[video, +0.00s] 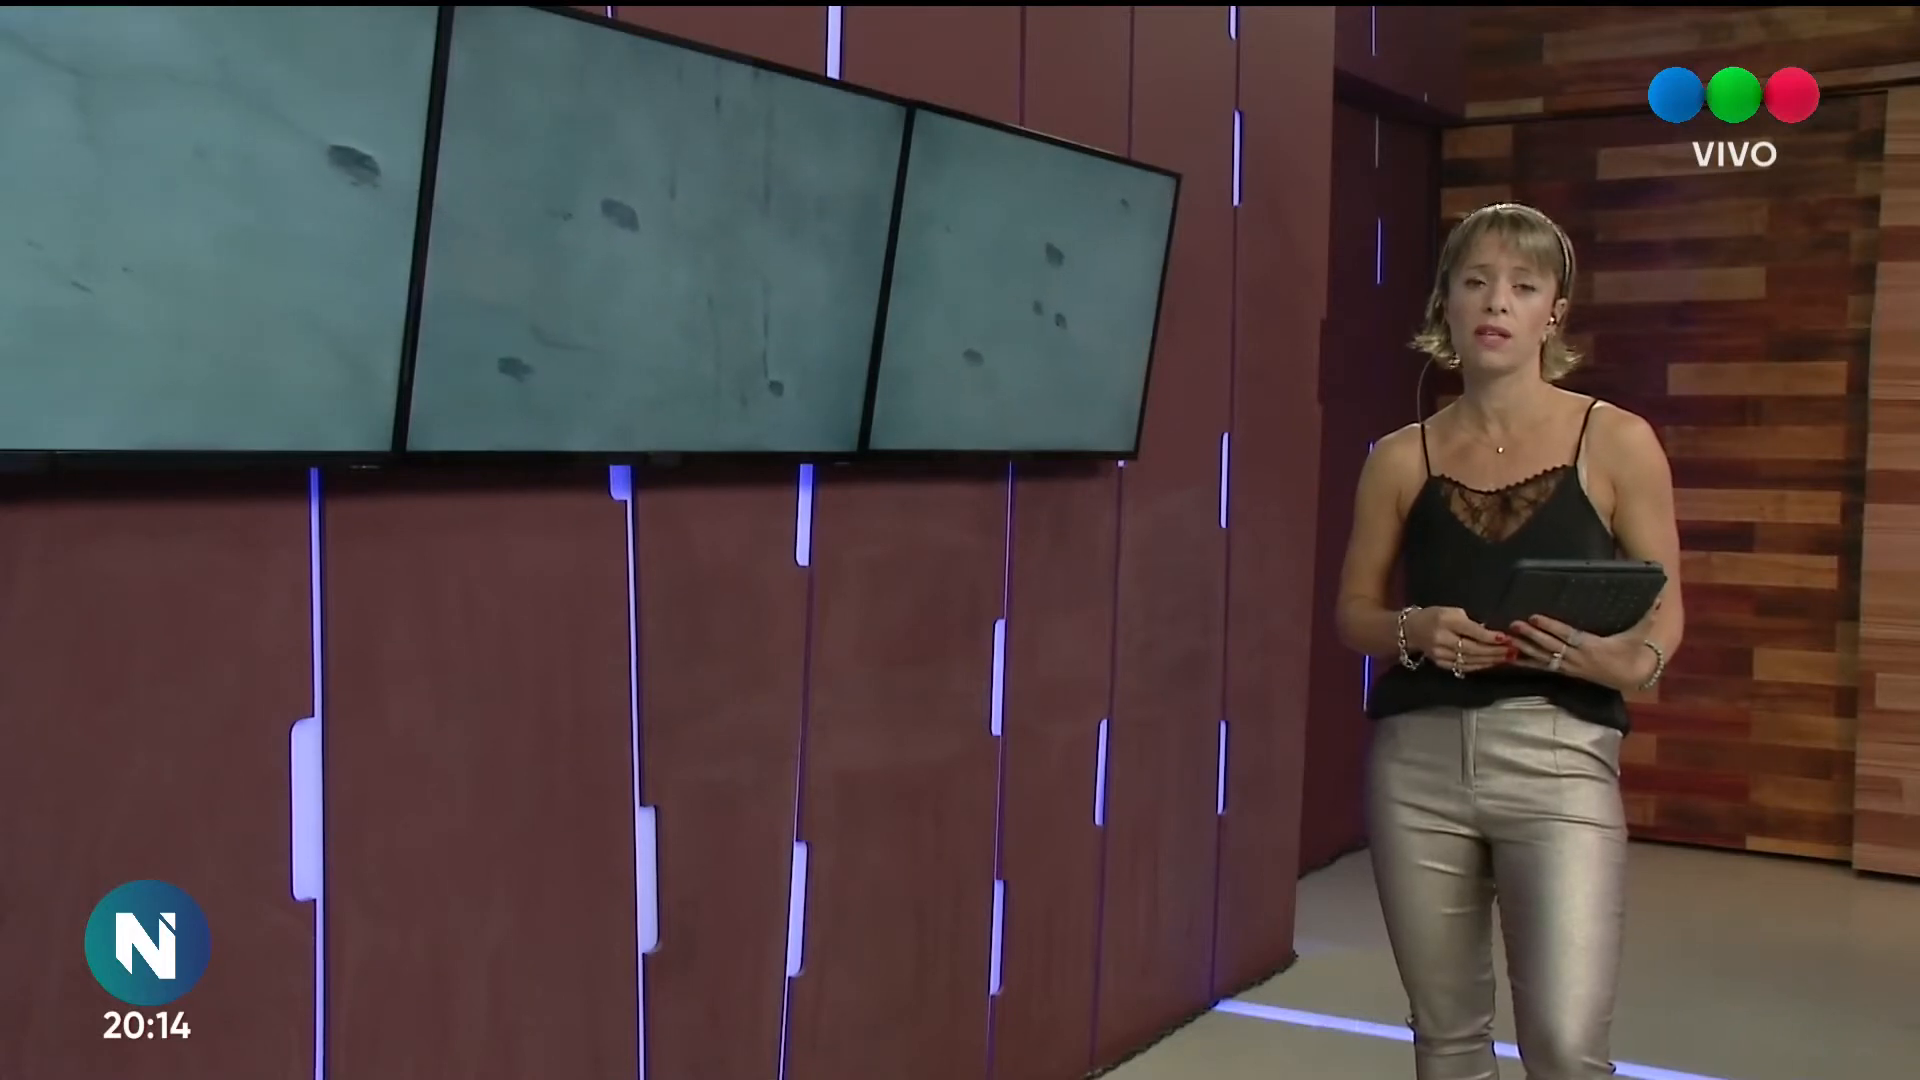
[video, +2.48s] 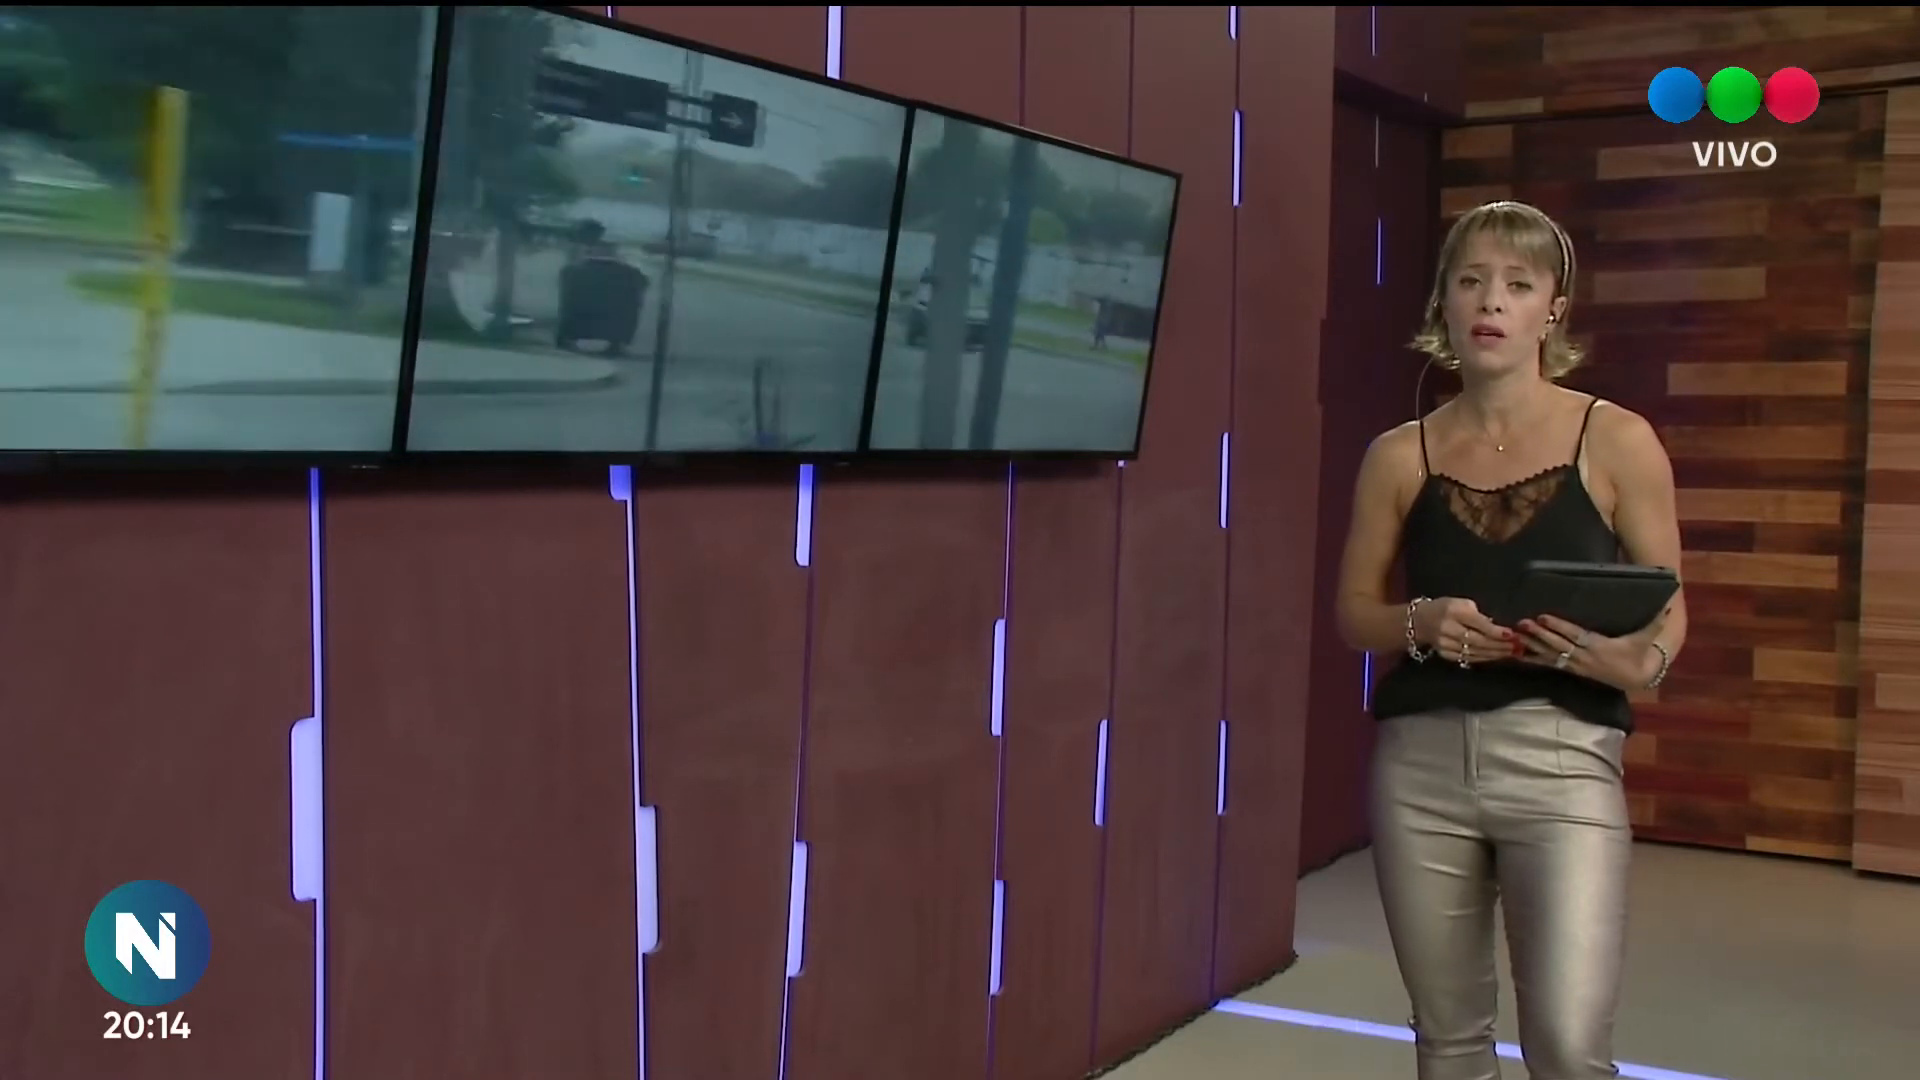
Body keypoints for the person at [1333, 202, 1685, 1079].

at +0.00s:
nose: (1493, 301)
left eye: (1519, 286)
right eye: (1474, 282)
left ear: (1553, 314)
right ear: (1445, 306)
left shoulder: (1618, 443)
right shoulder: (1399, 460)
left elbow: (1663, 604)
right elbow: (1353, 614)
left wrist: (1630, 662)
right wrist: (1411, 630)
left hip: (1558, 767)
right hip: (1416, 768)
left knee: (1564, 1049)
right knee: (1446, 1040)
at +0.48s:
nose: (1507, 287)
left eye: (1536, 278)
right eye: (1489, 268)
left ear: (1560, 316)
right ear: (1452, 295)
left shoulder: (1616, 438)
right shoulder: (1399, 457)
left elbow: (1667, 608)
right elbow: (1355, 617)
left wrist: (1625, 651)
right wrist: (1415, 616)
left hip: (1563, 767)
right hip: (1420, 767)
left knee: (1568, 1050)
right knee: (1448, 1041)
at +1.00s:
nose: (1490, 296)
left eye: (1517, 280)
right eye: (1472, 277)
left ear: (1555, 308)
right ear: (1445, 301)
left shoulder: (1617, 439)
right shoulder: (1400, 456)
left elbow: (1666, 598)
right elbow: (1355, 612)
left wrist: (1628, 663)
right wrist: (1411, 625)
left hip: (1563, 768)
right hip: (1420, 768)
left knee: (1566, 1051)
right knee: (1448, 1043)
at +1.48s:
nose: (1495, 296)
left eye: (1522, 280)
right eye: (1476, 278)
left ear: (1559, 308)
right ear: (1449, 303)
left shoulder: (1625, 440)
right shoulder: (1405, 457)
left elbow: (1670, 608)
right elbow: (1360, 612)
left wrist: (1628, 664)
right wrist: (1418, 624)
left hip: (1569, 769)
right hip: (1425, 769)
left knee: (1572, 1051)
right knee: (1452, 1041)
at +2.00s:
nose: (1494, 298)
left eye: (1521, 282)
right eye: (1476, 279)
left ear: (1559, 310)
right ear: (1449, 303)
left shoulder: (1624, 442)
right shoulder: (1404, 458)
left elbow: (1671, 607)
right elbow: (1359, 613)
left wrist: (1636, 666)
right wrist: (1420, 623)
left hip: (1568, 770)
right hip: (1425, 770)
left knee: (1571, 1052)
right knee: (1451, 1042)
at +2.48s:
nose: (1489, 300)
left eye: (1515, 283)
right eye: (1470, 280)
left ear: (1552, 310)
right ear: (1443, 304)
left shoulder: (1618, 442)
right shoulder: (1398, 457)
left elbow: (1666, 605)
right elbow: (1354, 613)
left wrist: (1636, 666)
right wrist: (1417, 621)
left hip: (1563, 769)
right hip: (1420, 770)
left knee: (1567, 1052)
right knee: (1447, 1044)